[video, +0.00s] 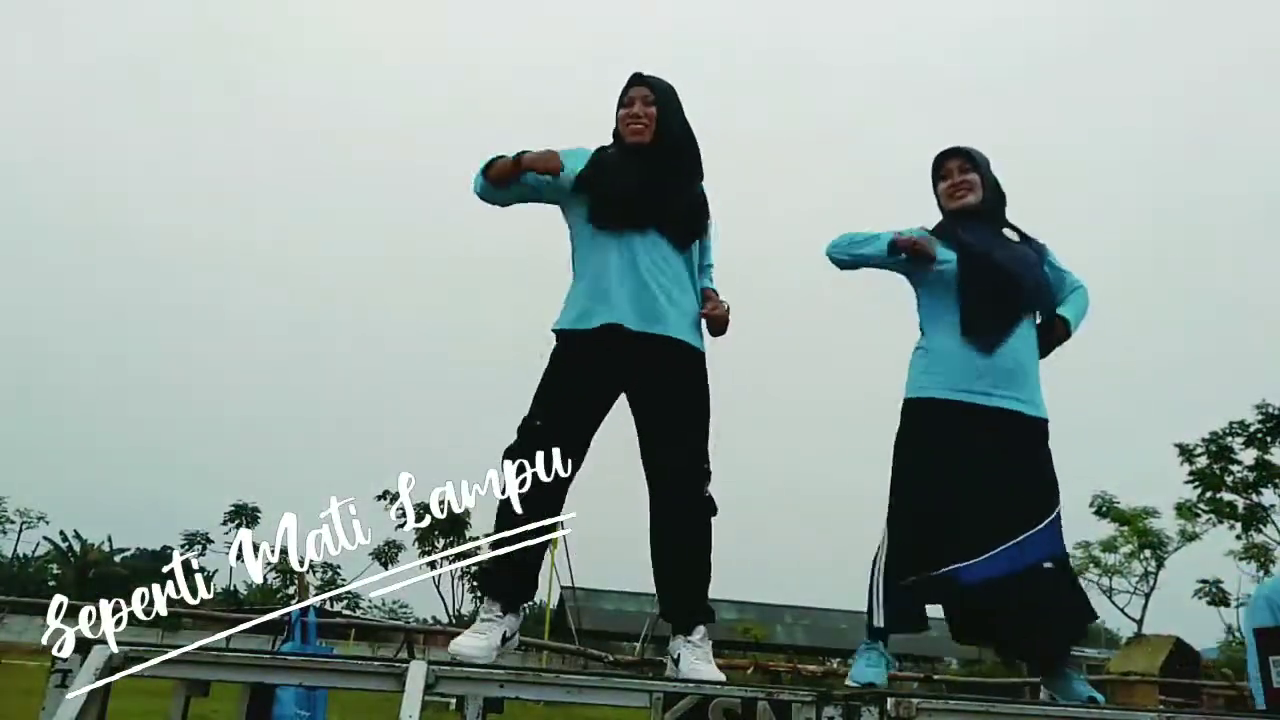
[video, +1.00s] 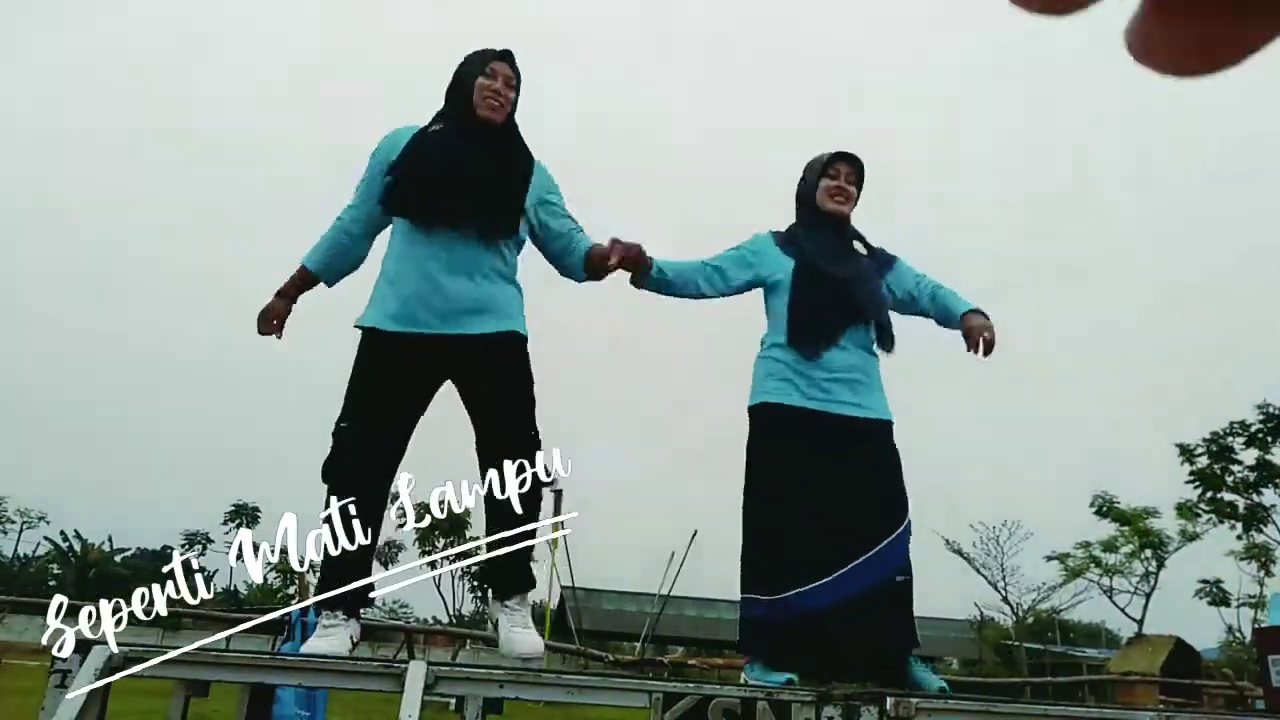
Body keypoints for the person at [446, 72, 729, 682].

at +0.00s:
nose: (637, 114)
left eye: (649, 106)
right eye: (628, 106)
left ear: (670, 119)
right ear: (615, 117)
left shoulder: (687, 192)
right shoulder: (583, 168)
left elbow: (702, 274)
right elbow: (490, 188)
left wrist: (711, 299)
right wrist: (518, 164)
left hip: (672, 344)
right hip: (589, 336)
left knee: (682, 487)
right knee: (536, 468)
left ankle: (690, 636)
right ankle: (499, 613)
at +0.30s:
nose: (571, 107)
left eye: (583, 99)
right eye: (565, 98)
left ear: (609, 111)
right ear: (552, 109)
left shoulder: (633, 184)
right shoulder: (521, 158)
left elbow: (655, 257)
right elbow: (493, 187)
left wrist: (650, 294)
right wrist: (583, 162)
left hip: (600, 339)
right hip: (515, 333)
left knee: (609, 479)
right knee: (486, 473)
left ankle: (602, 625)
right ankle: (478, 623)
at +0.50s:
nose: (544, 135)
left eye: (556, 125)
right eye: (538, 125)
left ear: (581, 127)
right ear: (529, 130)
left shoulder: (617, 194)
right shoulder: (510, 180)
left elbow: (644, 270)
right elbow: (505, 171)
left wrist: (619, 311)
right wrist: (532, 136)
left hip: (565, 352)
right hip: (485, 341)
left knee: (551, 486)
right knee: (439, 470)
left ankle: (536, 629)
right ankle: (465, 615)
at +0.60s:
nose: (538, 118)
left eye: (551, 109)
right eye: (532, 110)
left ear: (578, 120)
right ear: (524, 119)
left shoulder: (610, 193)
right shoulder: (497, 171)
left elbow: (636, 270)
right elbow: (431, 141)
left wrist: (620, 314)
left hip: (560, 347)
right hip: (478, 333)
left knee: (553, 486)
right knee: (406, 442)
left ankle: (536, 628)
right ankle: (436, 597)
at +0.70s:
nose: (536, 97)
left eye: (549, 89)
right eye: (528, 89)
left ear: (574, 102)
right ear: (517, 101)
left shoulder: (599, 180)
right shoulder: (483, 151)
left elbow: (613, 257)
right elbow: (388, 151)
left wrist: (620, 304)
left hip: (554, 334)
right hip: (468, 318)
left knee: (548, 480)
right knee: (406, 444)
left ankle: (536, 624)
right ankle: (371, 596)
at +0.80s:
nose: (526, 91)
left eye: (539, 85)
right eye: (517, 82)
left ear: (556, 101)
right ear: (502, 94)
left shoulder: (573, 175)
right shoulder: (465, 144)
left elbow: (582, 267)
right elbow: (379, 186)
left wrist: (611, 310)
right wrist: (285, 205)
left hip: (539, 329)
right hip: (453, 317)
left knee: (541, 475)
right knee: (391, 457)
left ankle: (535, 622)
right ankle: (340, 605)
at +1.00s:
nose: (499, 88)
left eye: (509, 84)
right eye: (488, 76)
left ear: (515, 102)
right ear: (461, 83)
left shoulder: (525, 170)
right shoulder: (406, 145)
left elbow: (565, 245)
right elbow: (354, 227)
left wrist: (600, 255)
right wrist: (289, 292)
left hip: (492, 332)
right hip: (400, 328)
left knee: (515, 465)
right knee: (357, 467)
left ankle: (512, 603)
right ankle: (339, 614)